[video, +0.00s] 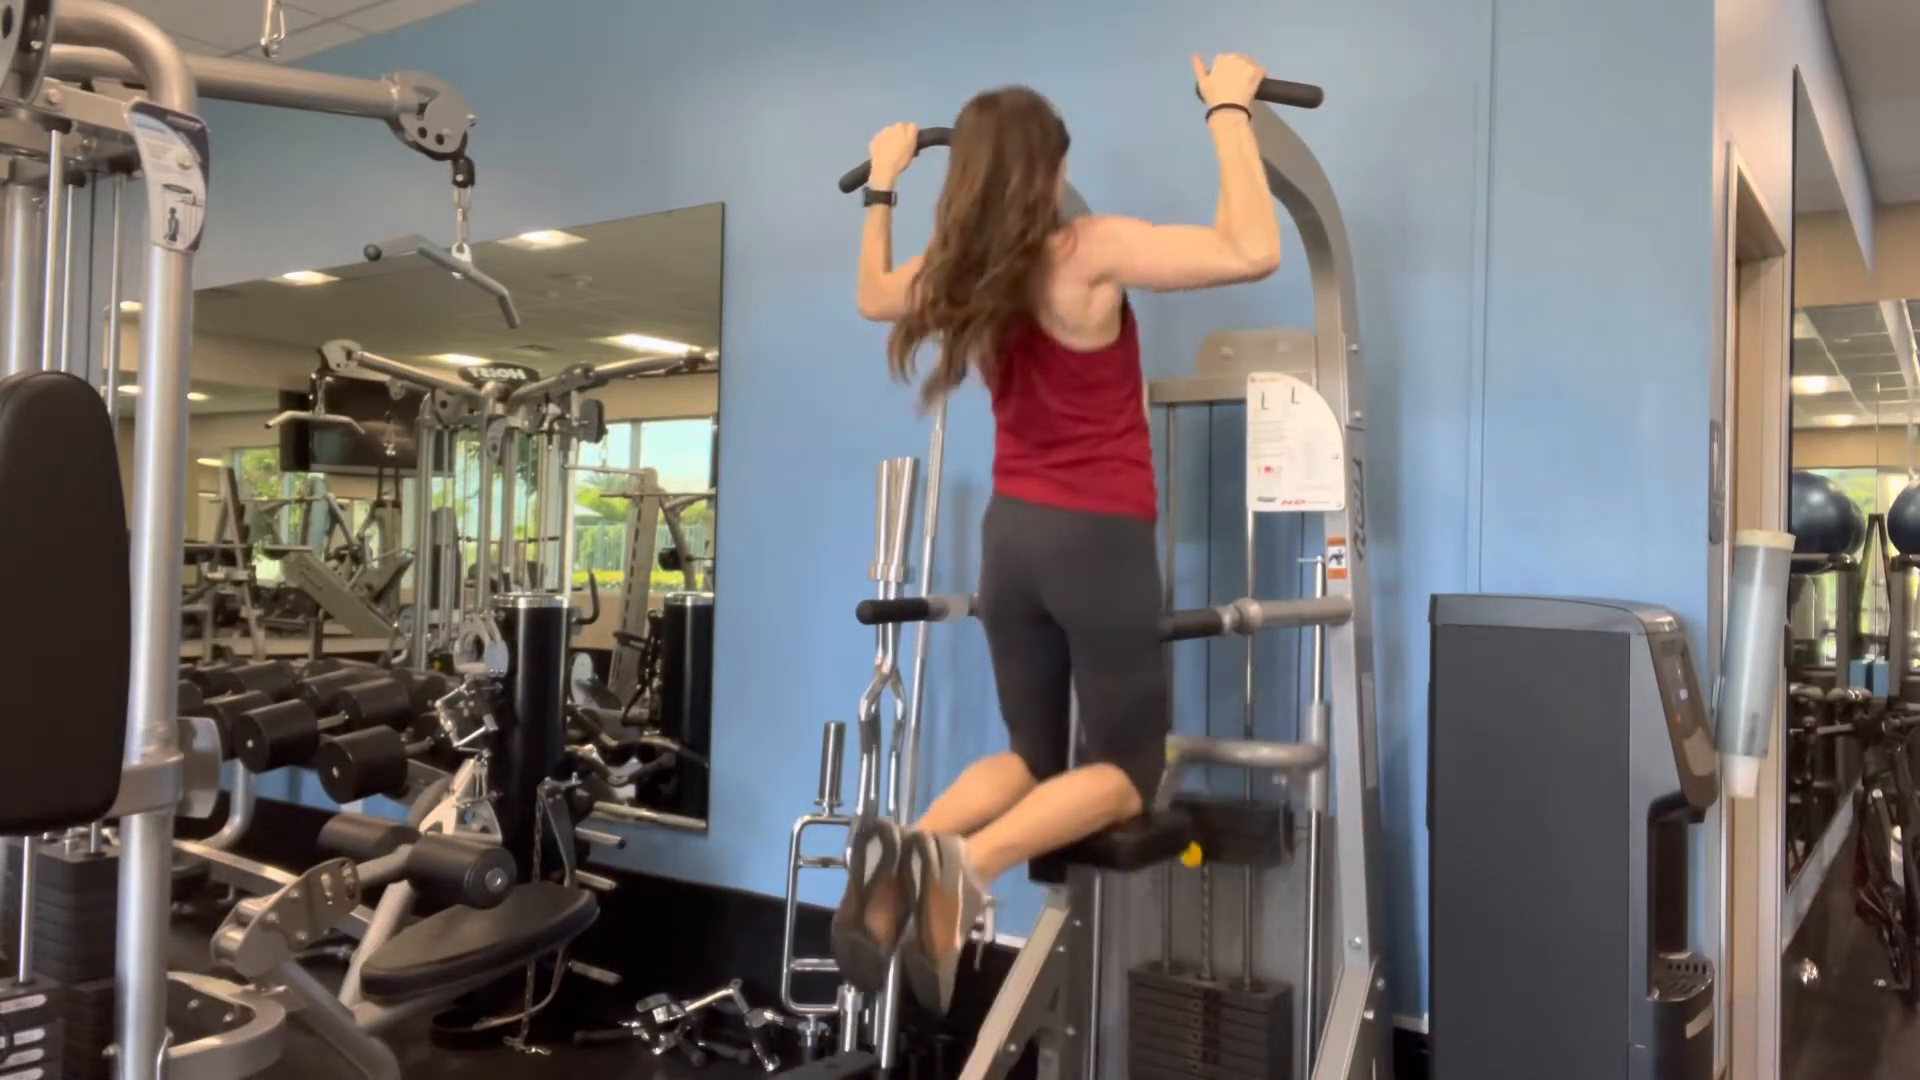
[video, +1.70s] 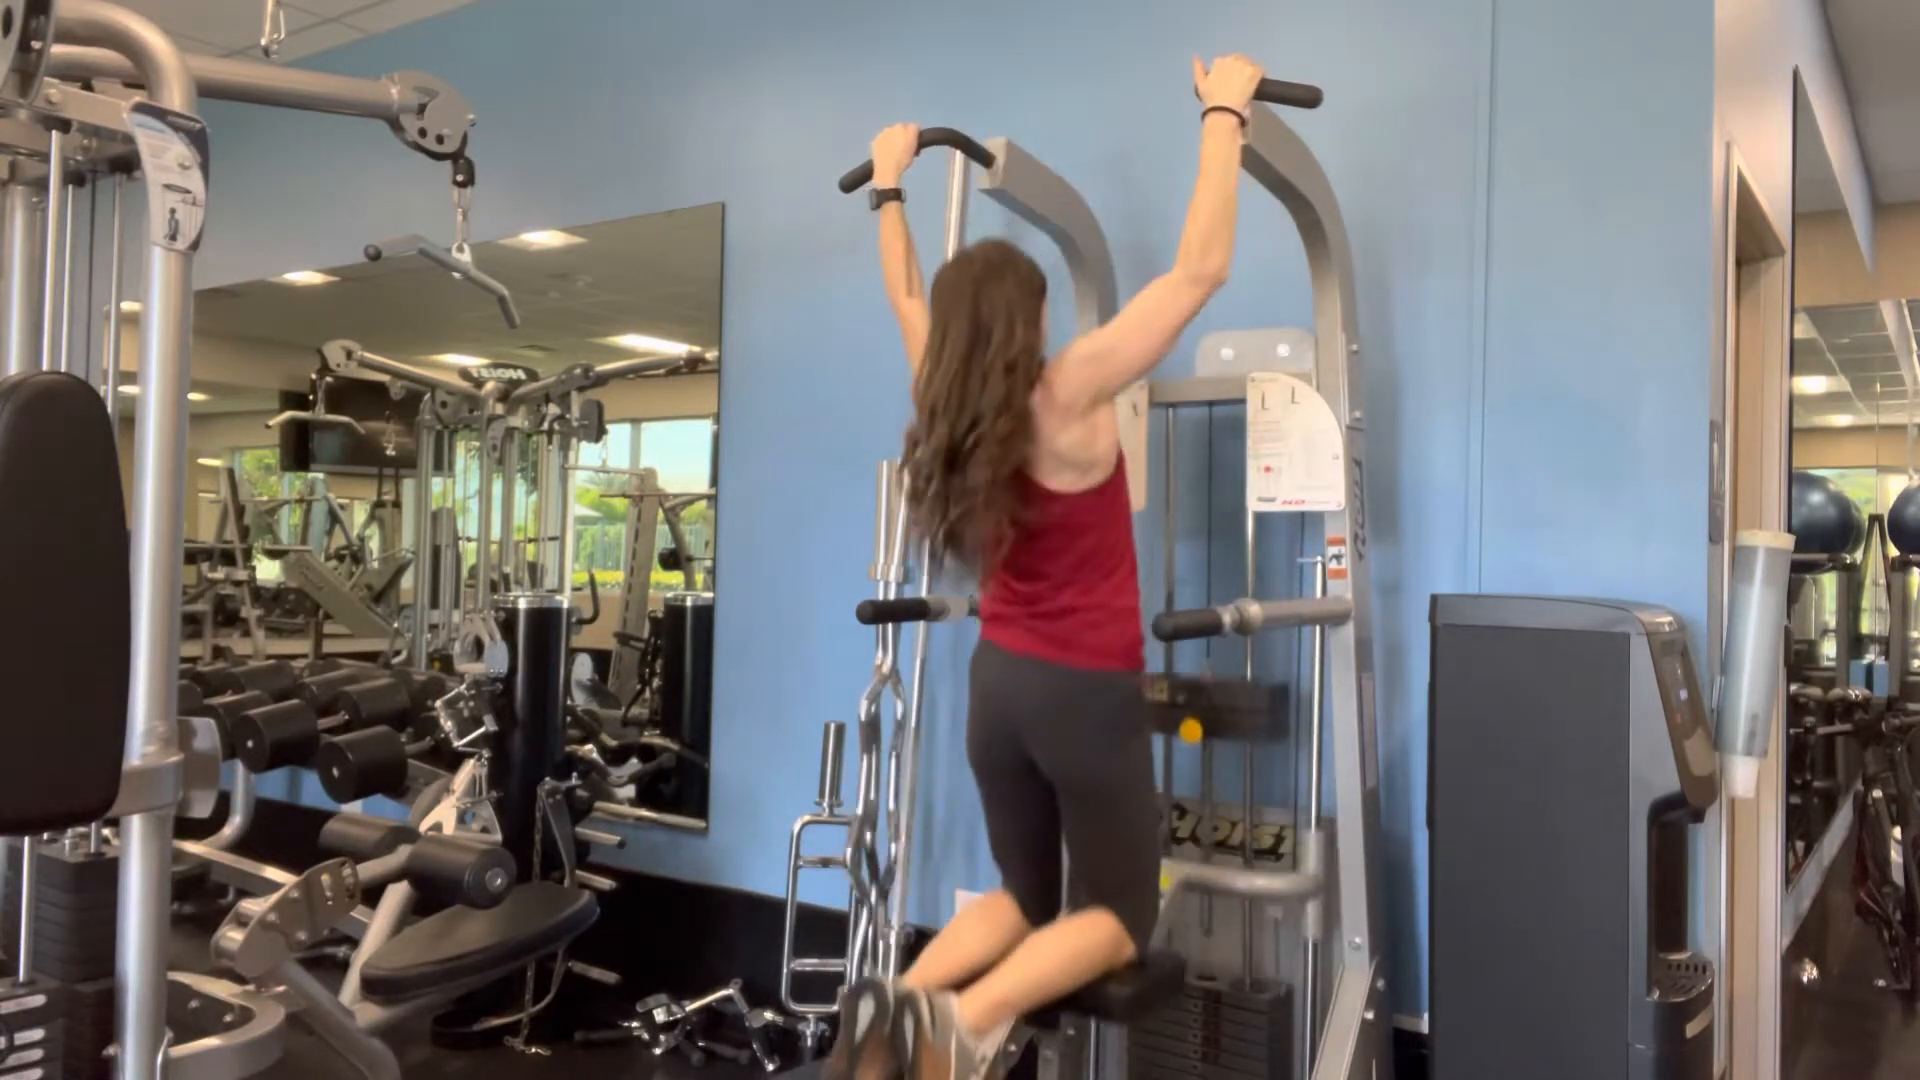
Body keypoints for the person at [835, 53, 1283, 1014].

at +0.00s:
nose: (1070, 165)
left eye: (1060, 156)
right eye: (1063, 155)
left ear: (968, 171)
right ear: (1051, 165)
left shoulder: (969, 264)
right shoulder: (1091, 246)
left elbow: (873, 296)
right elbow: (1251, 249)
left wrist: (879, 184)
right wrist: (1230, 110)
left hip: (1011, 534)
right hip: (1099, 540)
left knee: (1034, 758)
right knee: (1128, 773)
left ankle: (909, 850)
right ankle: (968, 865)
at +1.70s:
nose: (1048, 307)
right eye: (1037, 295)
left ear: (956, 322)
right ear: (1034, 312)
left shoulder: (955, 395)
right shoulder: (1076, 382)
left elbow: (905, 293)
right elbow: (1200, 270)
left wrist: (885, 185)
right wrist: (1225, 114)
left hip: (997, 685)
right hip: (1087, 693)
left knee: (1023, 894)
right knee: (1119, 916)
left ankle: (900, 1002)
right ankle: (965, 1028)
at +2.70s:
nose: (1064, 152)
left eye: (1057, 143)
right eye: (1059, 142)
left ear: (963, 158)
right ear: (1047, 150)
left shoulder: (965, 247)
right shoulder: (1089, 232)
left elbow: (874, 298)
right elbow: (1248, 253)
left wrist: (881, 185)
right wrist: (1232, 113)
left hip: (1003, 524)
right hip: (1092, 531)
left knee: (1029, 749)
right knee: (1126, 762)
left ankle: (903, 854)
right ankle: (964, 867)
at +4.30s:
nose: (1032, 287)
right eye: (1023, 275)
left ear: (945, 307)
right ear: (1025, 293)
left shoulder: (946, 383)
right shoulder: (1069, 366)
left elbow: (900, 293)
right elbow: (1205, 270)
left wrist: (884, 184)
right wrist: (1224, 117)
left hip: (992, 664)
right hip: (1081, 672)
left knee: (1020, 878)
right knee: (1121, 900)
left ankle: (890, 984)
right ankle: (950, 1002)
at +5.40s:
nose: (1056, 146)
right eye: (1051, 135)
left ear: (953, 153)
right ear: (1039, 144)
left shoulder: (956, 239)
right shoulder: (1075, 227)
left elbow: (883, 300)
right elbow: (1238, 256)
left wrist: (885, 187)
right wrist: (1231, 117)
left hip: (1001, 520)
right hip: (1090, 527)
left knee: (1026, 742)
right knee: (1132, 755)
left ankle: (903, 855)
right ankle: (966, 859)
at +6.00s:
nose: (1081, 29)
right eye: (1077, 20)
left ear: (987, 39)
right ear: (1068, 31)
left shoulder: (967, 145)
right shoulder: (1105, 120)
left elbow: (896, 278)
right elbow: (1172, 247)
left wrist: (880, 182)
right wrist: (1228, 118)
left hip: (1018, 405)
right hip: (1108, 404)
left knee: (1031, 626)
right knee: (1135, 640)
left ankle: (911, 720)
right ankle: (973, 724)